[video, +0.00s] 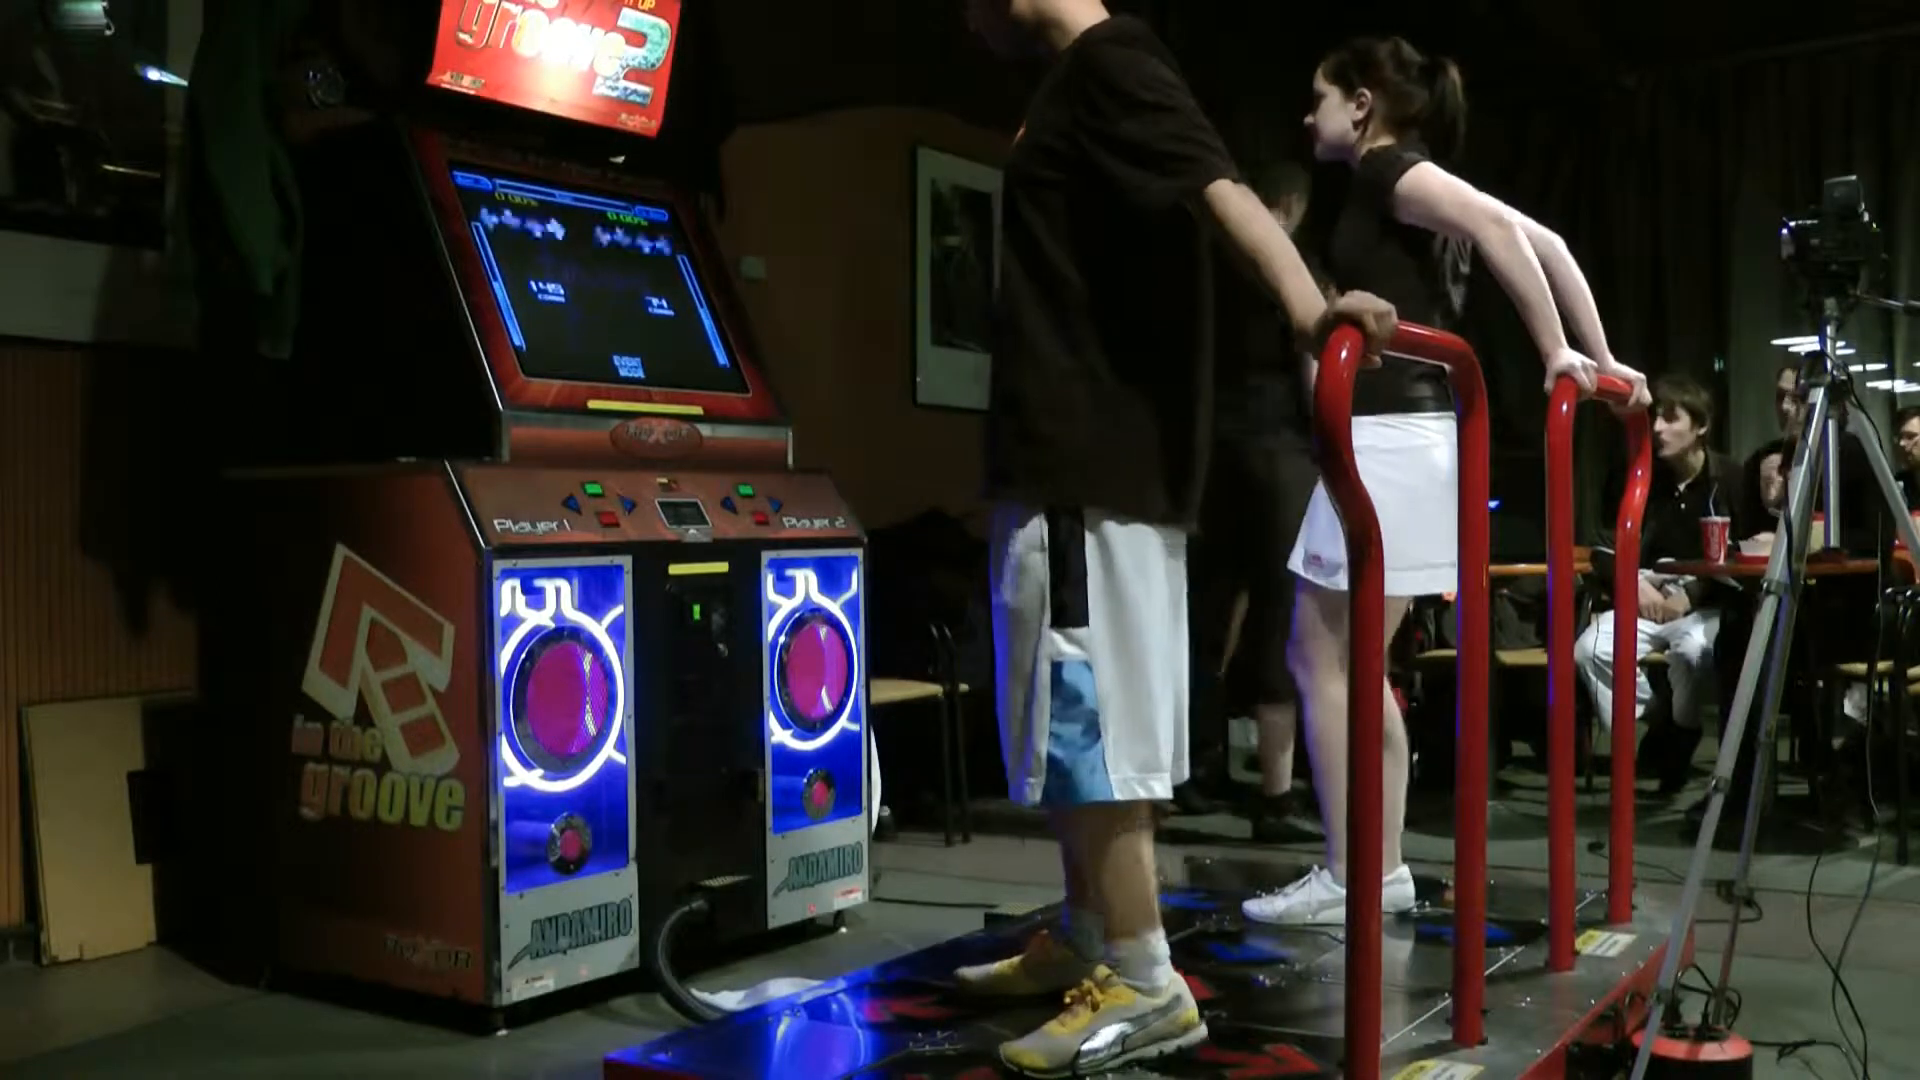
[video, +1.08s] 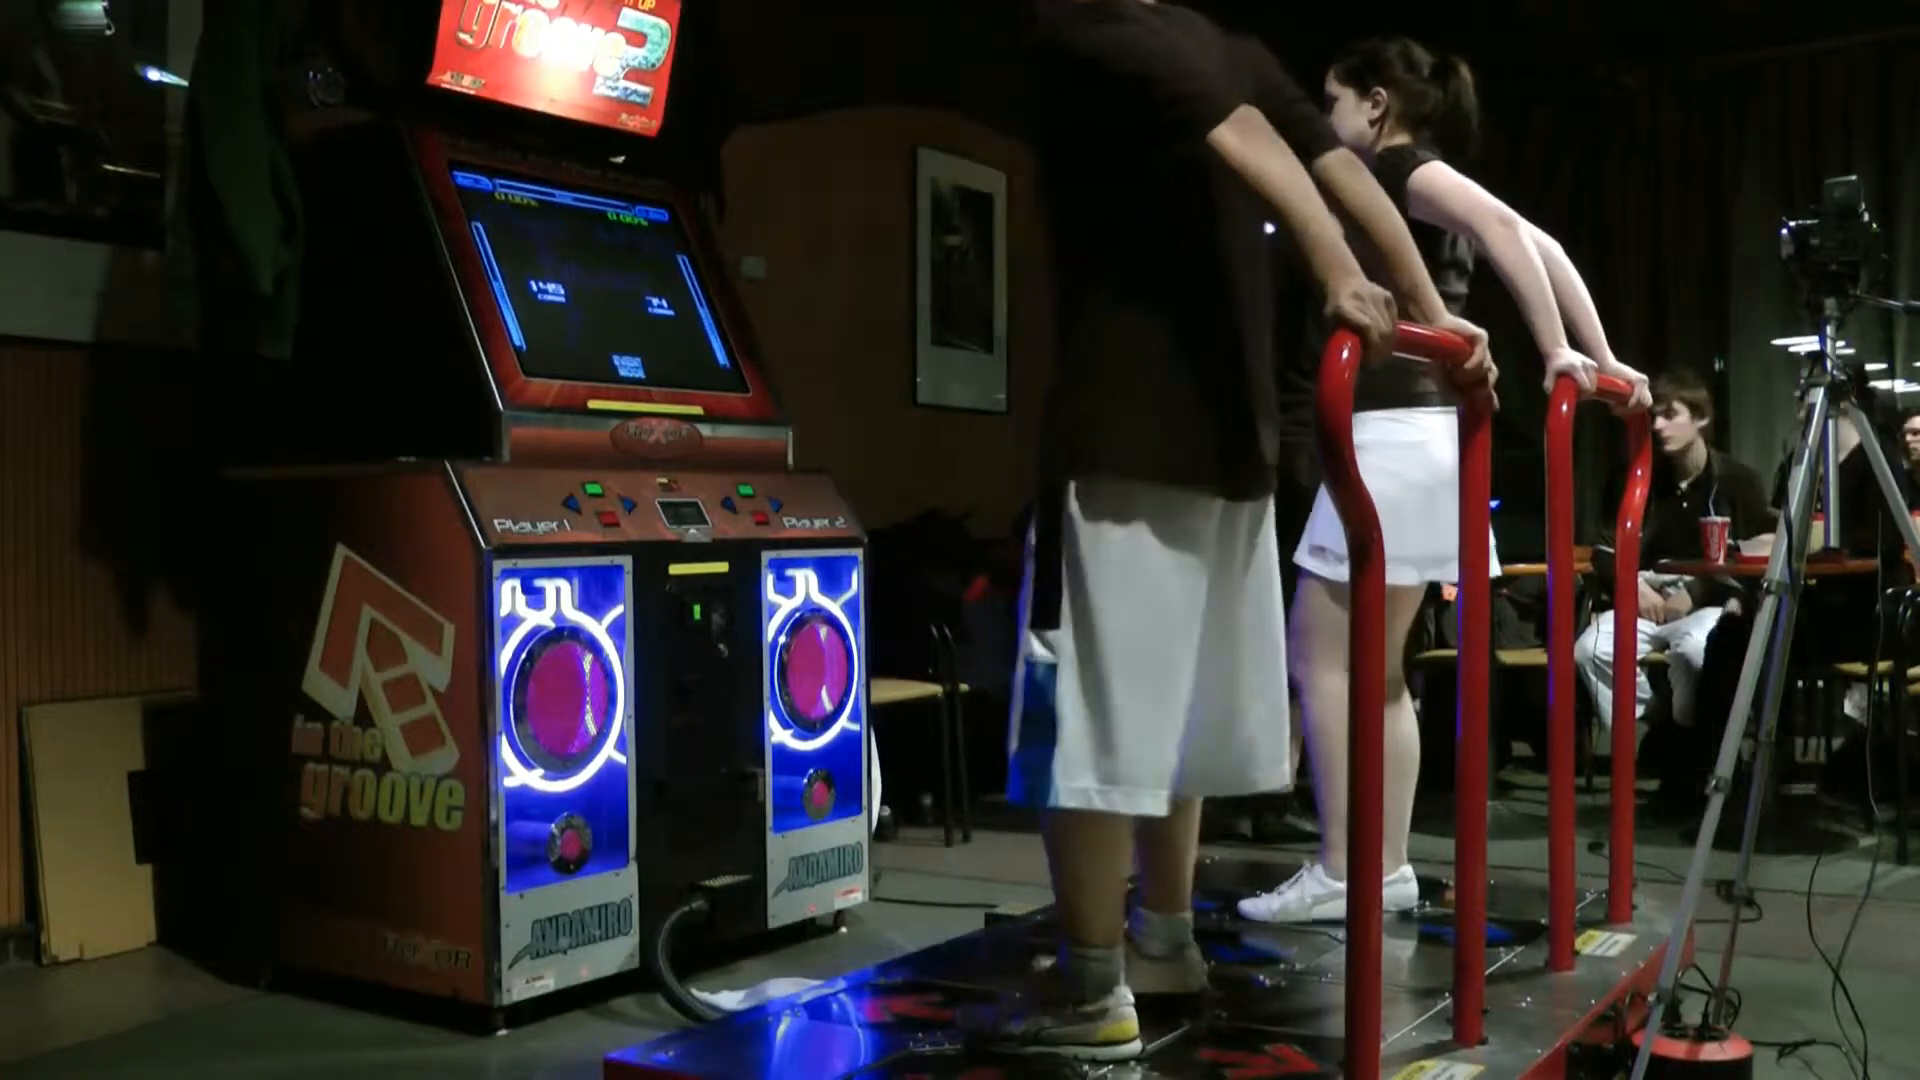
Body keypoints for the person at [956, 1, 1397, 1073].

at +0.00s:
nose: (988, 17)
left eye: (993, 4)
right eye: (990, 9)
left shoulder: (1113, 66)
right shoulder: (1071, 86)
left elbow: (1219, 186)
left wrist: (1314, 309)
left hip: (1101, 468)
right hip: (1062, 467)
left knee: (1095, 723)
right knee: (1062, 719)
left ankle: (1145, 982)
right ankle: (1094, 934)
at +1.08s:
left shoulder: (1078, 23)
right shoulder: (1215, 40)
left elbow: (1233, 122)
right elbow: (1348, 179)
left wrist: (1344, 279)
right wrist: (1435, 314)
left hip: (1121, 419)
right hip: (1225, 423)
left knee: (1095, 707)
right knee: (1176, 695)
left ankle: (1092, 997)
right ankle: (1168, 951)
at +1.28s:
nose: (1062, 24)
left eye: (1063, 17)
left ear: (1091, 5)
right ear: (1166, 3)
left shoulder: (1089, 47)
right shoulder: (1247, 65)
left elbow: (1227, 126)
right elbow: (1360, 191)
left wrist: (1296, 311)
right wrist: (1435, 318)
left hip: (1127, 427)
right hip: (1241, 441)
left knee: (1098, 708)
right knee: (1171, 706)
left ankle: (1093, 992)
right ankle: (1155, 960)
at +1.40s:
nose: (1058, 21)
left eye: (1062, 16)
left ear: (1088, 3)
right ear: (1168, 1)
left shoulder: (1103, 52)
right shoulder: (1247, 69)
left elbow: (1190, 177)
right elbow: (1358, 189)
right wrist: (1433, 316)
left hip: (1138, 446)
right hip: (1241, 441)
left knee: (1102, 713)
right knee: (1175, 709)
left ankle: (1095, 991)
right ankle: (1153, 955)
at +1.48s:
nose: (1068, 19)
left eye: (1072, 12)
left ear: (1103, 2)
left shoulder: (1106, 61)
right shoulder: (1258, 72)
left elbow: (1128, 220)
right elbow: (1361, 188)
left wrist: (987, 247)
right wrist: (1433, 314)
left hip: (1128, 434)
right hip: (1239, 437)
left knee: (1105, 708)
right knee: (1175, 700)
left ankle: (1093, 988)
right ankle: (1153, 954)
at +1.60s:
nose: (1057, 14)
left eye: (1063, 9)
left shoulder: (1093, 67)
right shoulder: (1258, 73)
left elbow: (989, 190)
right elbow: (1370, 192)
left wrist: (980, 101)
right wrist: (1434, 317)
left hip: (1120, 430)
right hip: (1235, 434)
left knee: (1096, 705)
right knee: (1178, 704)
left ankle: (1089, 984)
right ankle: (1152, 960)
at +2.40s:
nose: (1047, 27)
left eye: (1049, 22)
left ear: (1070, 5)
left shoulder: (1073, 56)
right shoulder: (1247, 62)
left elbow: (1064, 206)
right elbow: (1359, 183)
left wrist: (983, 276)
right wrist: (1425, 309)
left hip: (1121, 433)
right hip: (1244, 429)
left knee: (1094, 709)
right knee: (1173, 695)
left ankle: (1085, 988)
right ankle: (1155, 950)